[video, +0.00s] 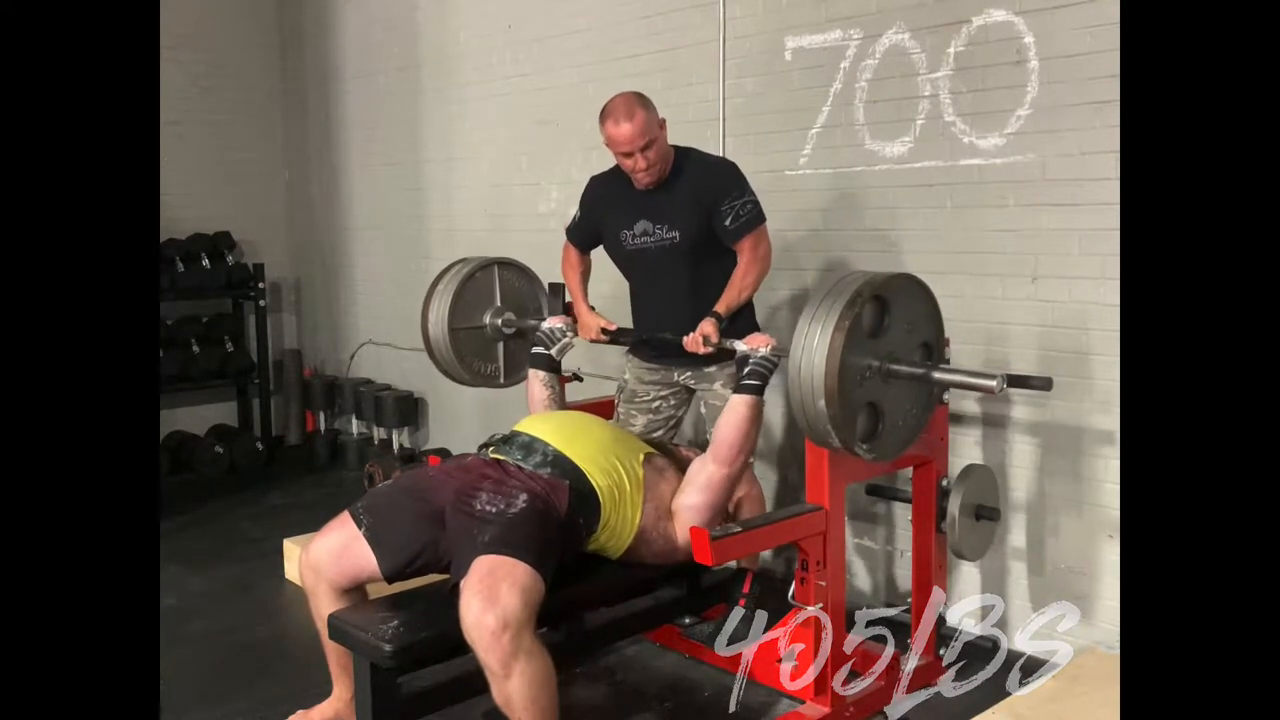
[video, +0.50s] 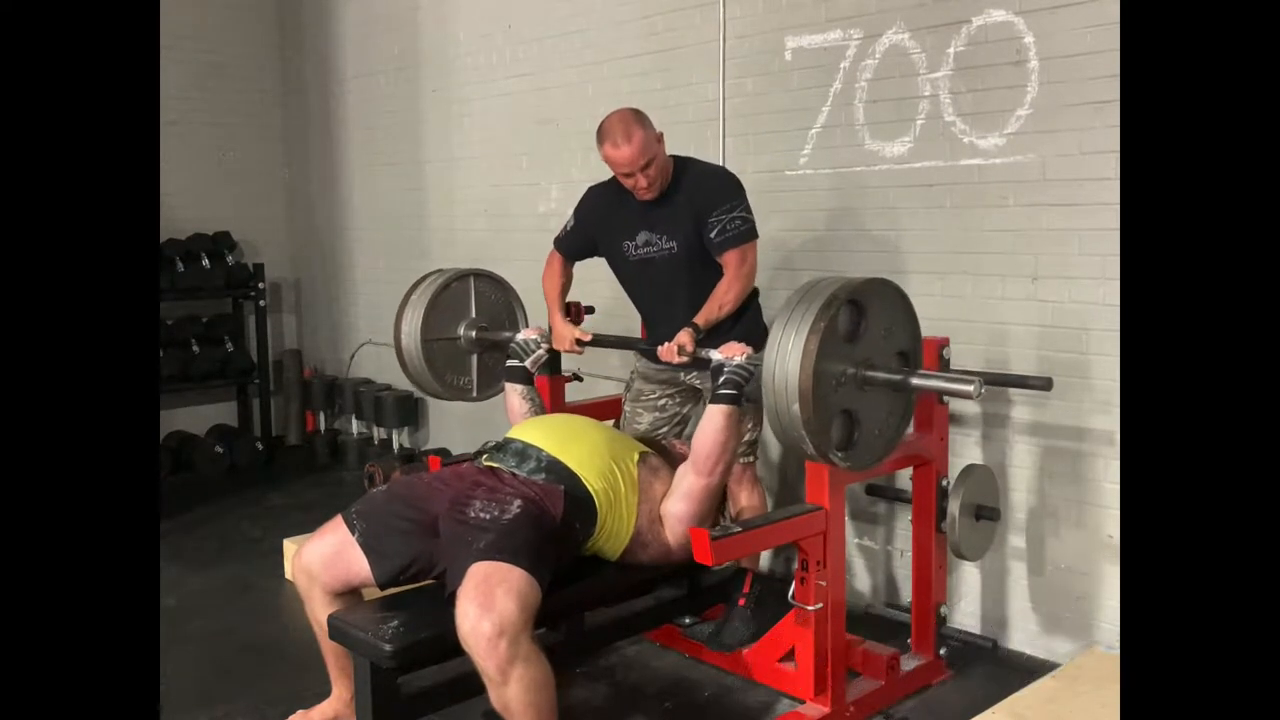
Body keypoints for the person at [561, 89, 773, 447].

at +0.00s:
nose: (641, 163)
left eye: (648, 148)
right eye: (626, 155)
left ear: (663, 127)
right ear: (608, 147)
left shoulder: (716, 178)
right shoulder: (602, 194)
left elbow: (756, 253)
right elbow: (575, 246)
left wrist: (717, 317)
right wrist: (582, 310)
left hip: (723, 360)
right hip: (651, 360)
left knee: (732, 467)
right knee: (631, 467)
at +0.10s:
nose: (639, 168)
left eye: (646, 153)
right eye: (626, 160)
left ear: (664, 134)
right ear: (610, 152)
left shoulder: (715, 179)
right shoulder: (603, 197)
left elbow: (755, 258)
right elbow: (569, 252)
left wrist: (711, 320)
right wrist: (576, 312)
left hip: (729, 354)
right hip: (657, 358)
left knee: (736, 471)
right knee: (630, 465)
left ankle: (754, 587)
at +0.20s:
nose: (641, 175)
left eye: (648, 160)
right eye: (627, 167)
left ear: (664, 138)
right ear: (611, 159)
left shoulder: (716, 183)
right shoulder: (604, 202)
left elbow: (752, 263)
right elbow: (566, 255)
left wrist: (707, 323)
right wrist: (571, 315)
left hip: (731, 354)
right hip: (659, 357)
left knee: (737, 474)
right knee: (640, 469)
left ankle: (749, 592)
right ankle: (662, 588)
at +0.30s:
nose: (643, 180)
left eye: (649, 165)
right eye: (628, 173)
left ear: (664, 142)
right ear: (611, 163)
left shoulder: (716, 185)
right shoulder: (603, 205)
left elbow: (749, 268)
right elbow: (563, 257)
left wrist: (702, 325)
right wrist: (566, 316)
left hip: (732, 350)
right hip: (660, 355)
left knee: (737, 471)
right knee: (642, 467)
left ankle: (751, 591)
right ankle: (664, 587)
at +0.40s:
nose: (643, 182)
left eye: (649, 167)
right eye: (628, 174)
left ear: (663, 142)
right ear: (610, 164)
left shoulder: (715, 185)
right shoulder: (602, 206)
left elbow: (745, 271)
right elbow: (561, 257)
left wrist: (697, 326)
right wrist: (561, 317)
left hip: (731, 348)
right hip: (660, 353)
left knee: (737, 469)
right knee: (639, 462)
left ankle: (750, 591)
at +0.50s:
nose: (641, 183)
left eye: (647, 168)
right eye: (627, 176)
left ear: (661, 142)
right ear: (608, 165)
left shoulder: (713, 186)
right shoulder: (600, 206)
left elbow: (741, 273)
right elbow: (558, 259)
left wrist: (693, 328)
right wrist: (556, 319)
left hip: (729, 349)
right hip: (659, 355)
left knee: (736, 469)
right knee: (637, 462)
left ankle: (748, 590)